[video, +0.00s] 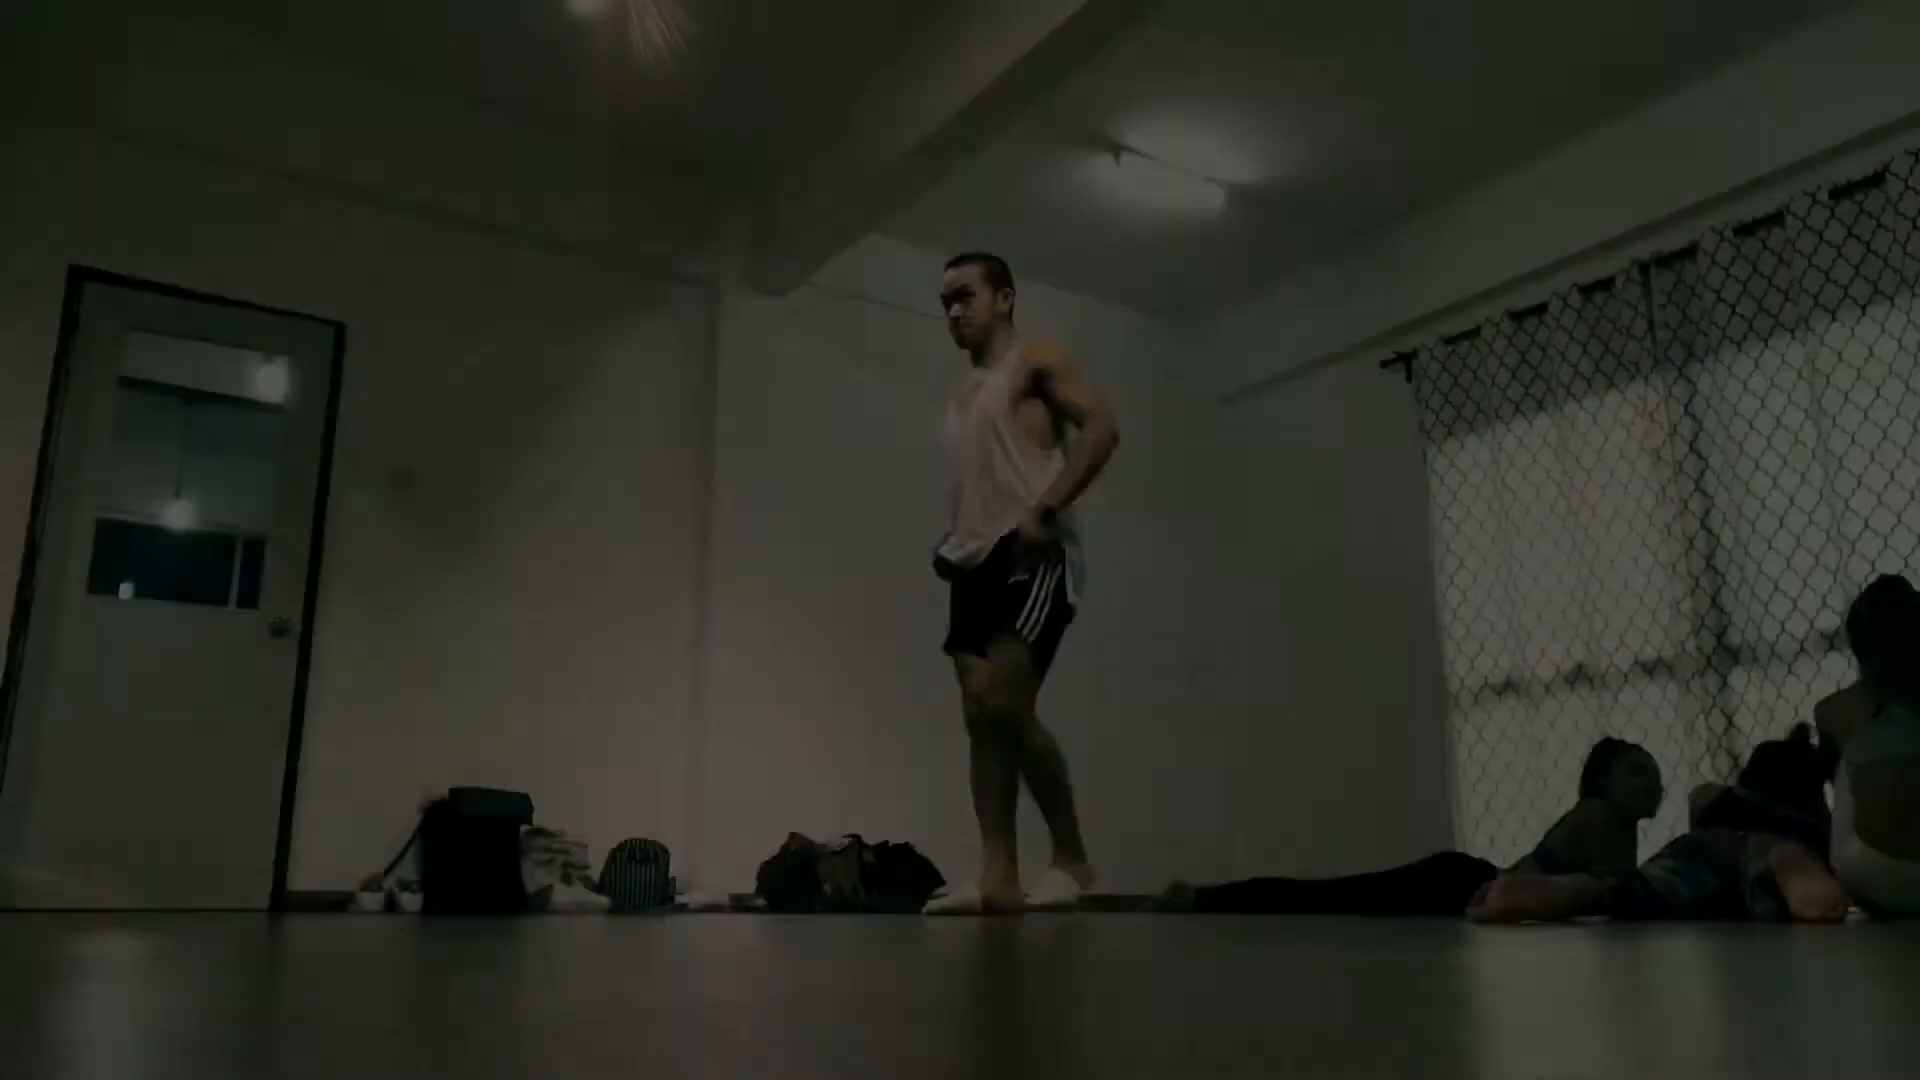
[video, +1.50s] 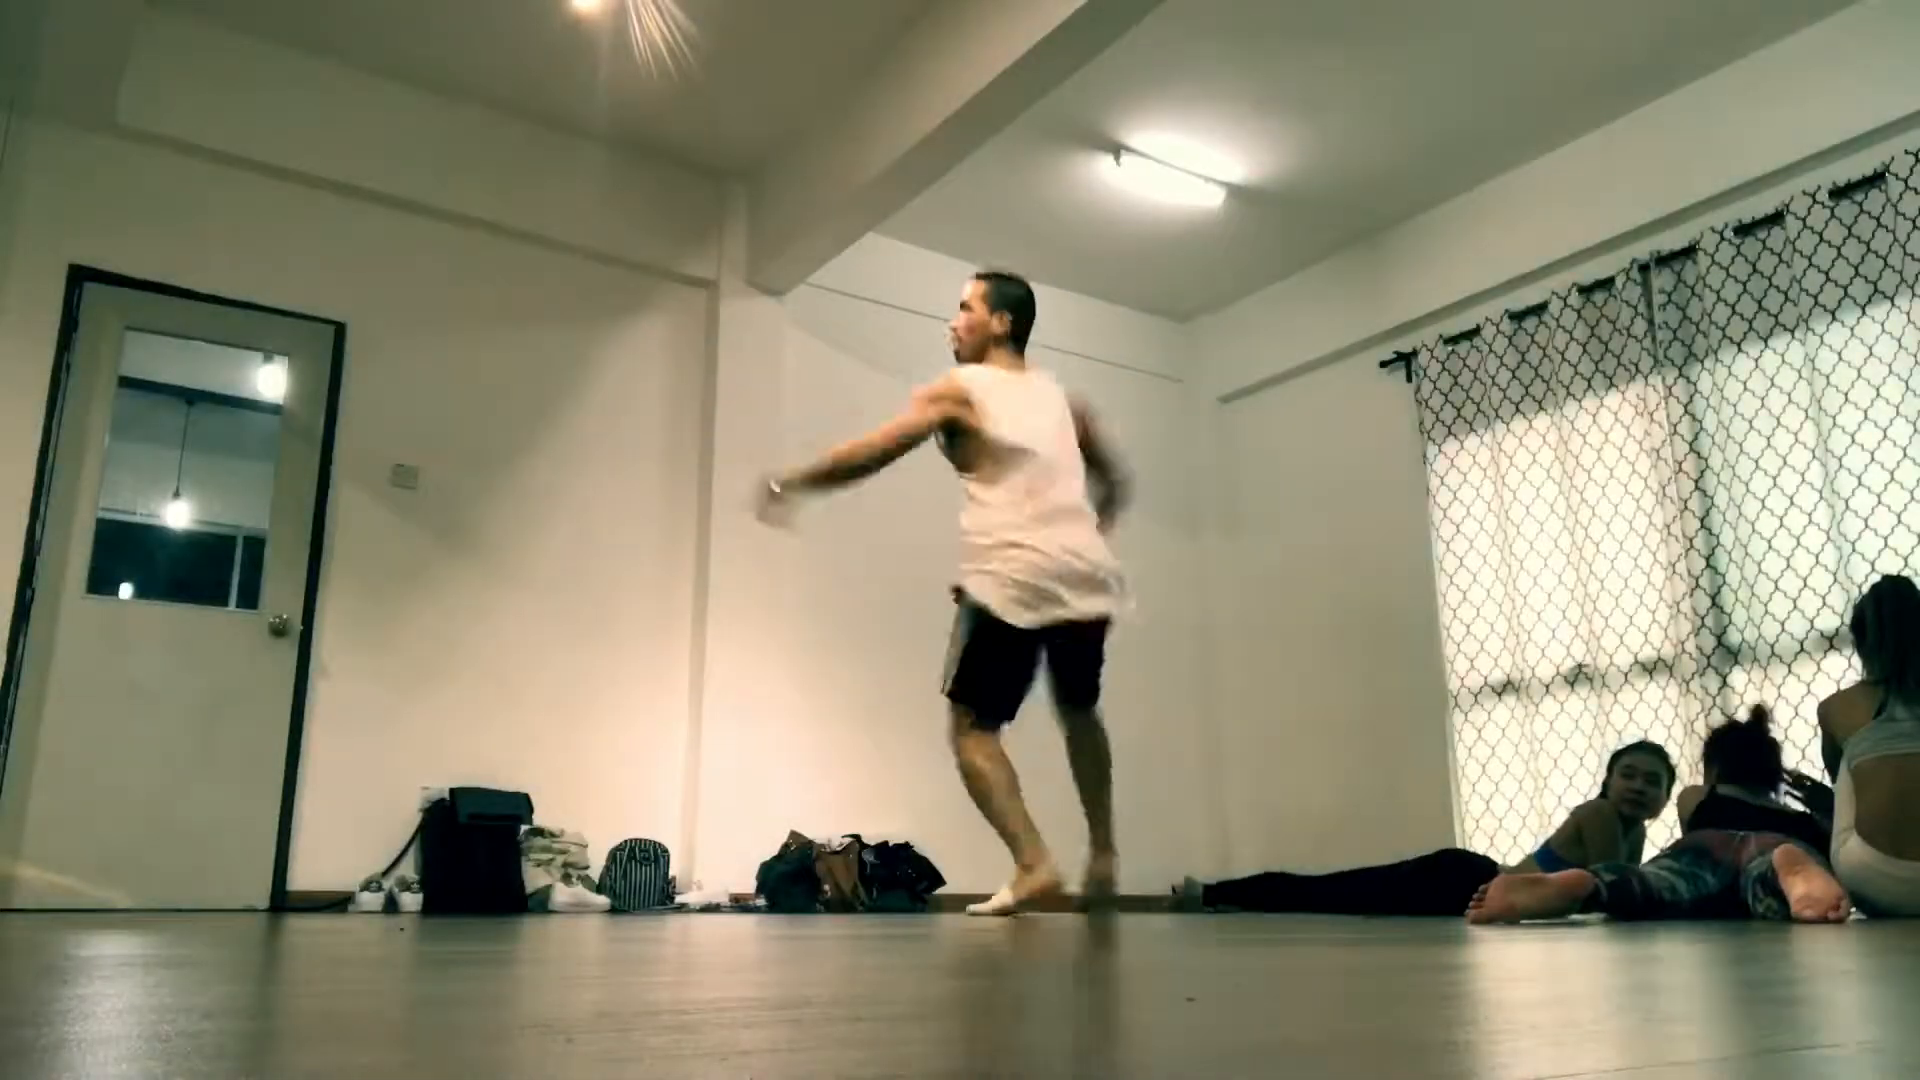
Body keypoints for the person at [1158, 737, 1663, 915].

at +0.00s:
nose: (1656, 789)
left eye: (1655, 778)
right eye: (1644, 779)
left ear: (1622, 787)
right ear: (1613, 783)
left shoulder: (1609, 826)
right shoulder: (1598, 825)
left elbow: (1613, 898)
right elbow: (1610, 899)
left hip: (1469, 885)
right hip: (1465, 886)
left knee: (1334, 895)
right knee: (1332, 898)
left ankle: (1201, 897)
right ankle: (1195, 900)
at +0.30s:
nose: (1646, 786)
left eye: (1652, 779)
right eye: (1633, 775)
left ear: (1655, 789)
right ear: (1603, 778)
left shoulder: (1616, 829)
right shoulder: (1598, 820)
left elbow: (1615, 897)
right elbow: (1612, 895)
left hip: (1471, 886)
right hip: (1464, 885)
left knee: (1338, 894)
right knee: (1333, 896)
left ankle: (1202, 896)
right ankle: (1199, 898)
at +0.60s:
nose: (1639, 786)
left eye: (1648, 779)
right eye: (1627, 774)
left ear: (1656, 790)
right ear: (1601, 778)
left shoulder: (1619, 831)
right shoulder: (1596, 821)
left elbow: (1618, 899)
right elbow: (1611, 898)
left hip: (1473, 888)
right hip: (1463, 884)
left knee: (1340, 894)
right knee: (1334, 896)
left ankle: (1204, 896)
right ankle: (1199, 899)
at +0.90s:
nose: (1638, 789)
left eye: (1648, 782)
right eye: (1626, 777)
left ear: (1656, 793)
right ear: (1601, 779)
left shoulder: (1620, 835)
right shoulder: (1592, 820)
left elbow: (1619, 899)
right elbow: (1609, 897)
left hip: (1471, 888)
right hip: (1461, 884)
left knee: (1337, 895)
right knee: (1331, 895)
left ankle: (1202, 896)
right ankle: (1195, 898)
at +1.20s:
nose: (1635, 787)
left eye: (1647, 781)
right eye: (1624, 775)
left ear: (1657, 794)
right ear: (1602, 780)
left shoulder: (1623, 837)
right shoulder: (1592, 820)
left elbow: (1622, 900)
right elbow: (1610, 897)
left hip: (1472, 888)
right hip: (1462, 884)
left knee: (1331, 895)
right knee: (1327, 896)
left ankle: (1185, 898)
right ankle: (1177, 900)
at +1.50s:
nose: (1642, 790)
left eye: (1654, 784)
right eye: (1632, 777)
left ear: (1665, 797)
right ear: (1610, 781)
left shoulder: (1632, 839)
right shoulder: (1595, 820)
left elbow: (1624, 900)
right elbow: (1613, 896)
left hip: (1478, 890)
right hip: (1467, 883)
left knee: (1345, 892)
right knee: (1341, 891)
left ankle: (1216, 894)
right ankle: (1209, 896)